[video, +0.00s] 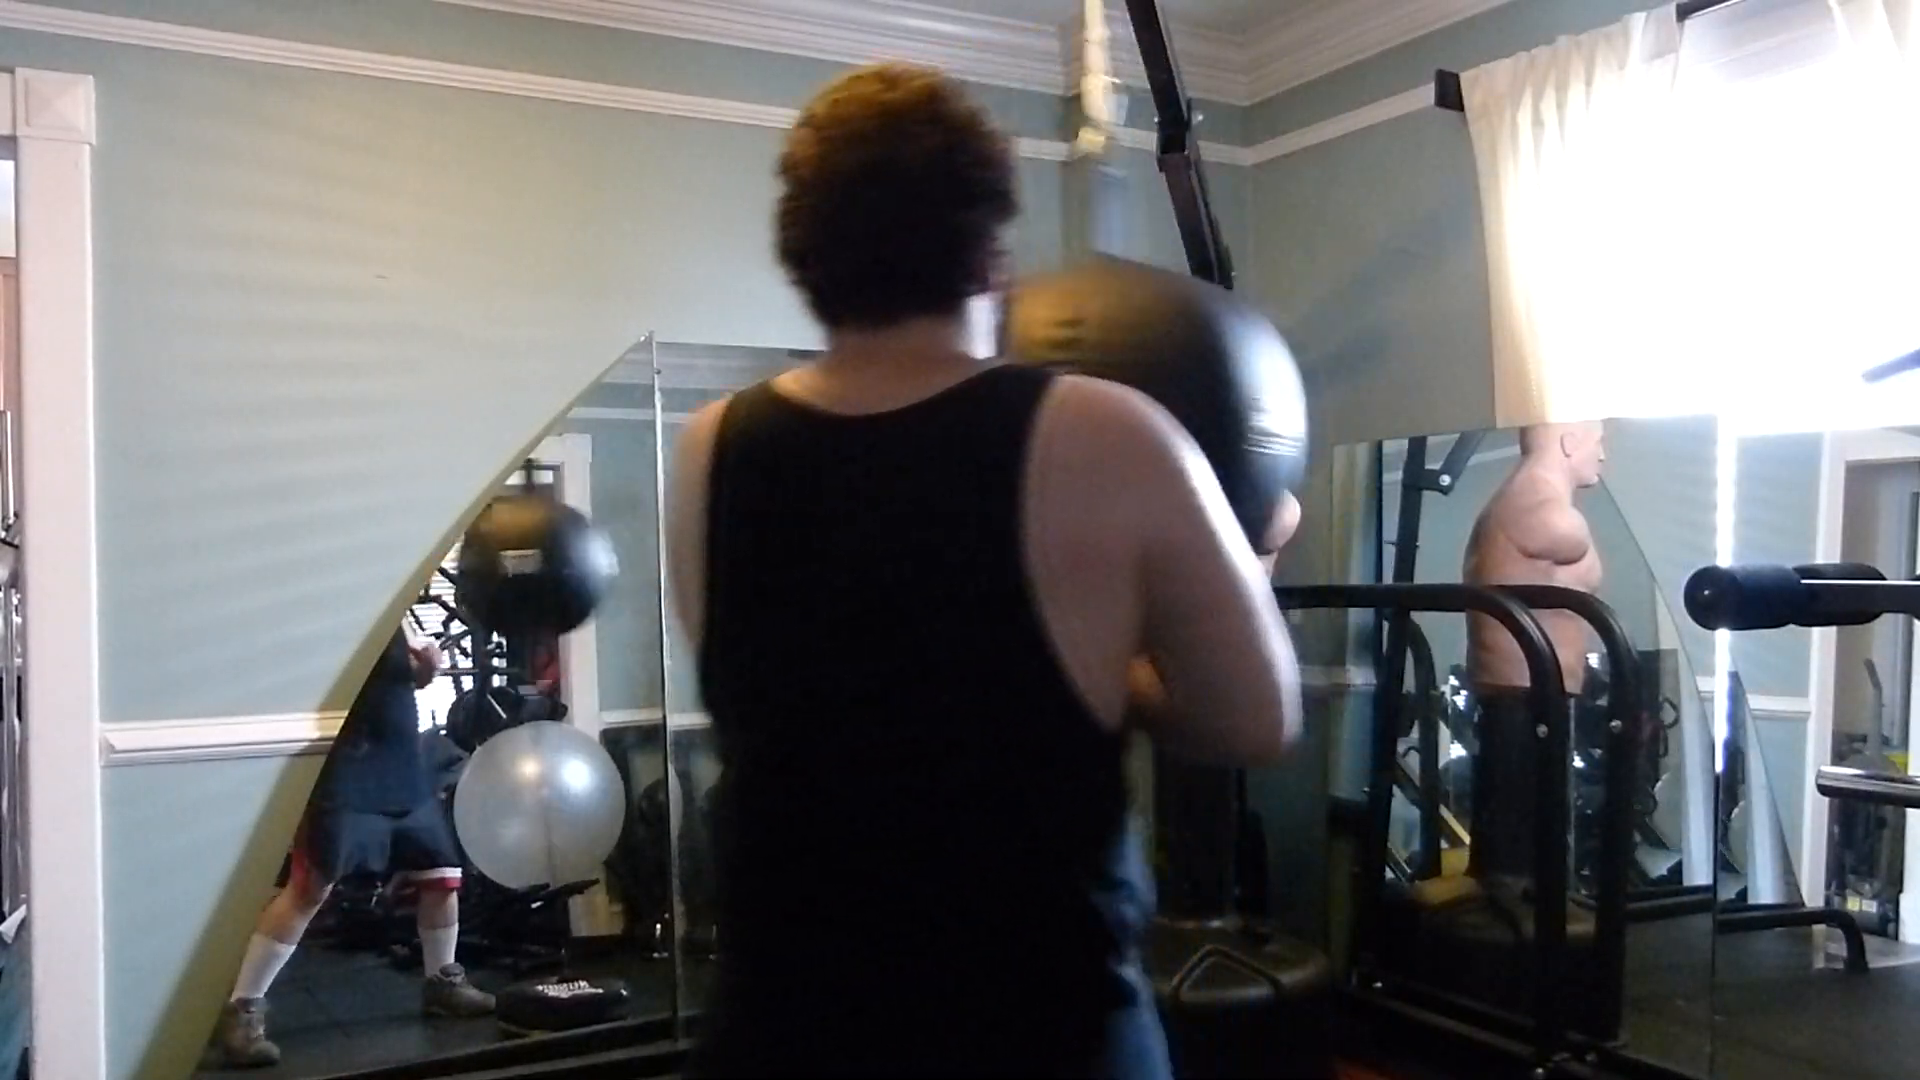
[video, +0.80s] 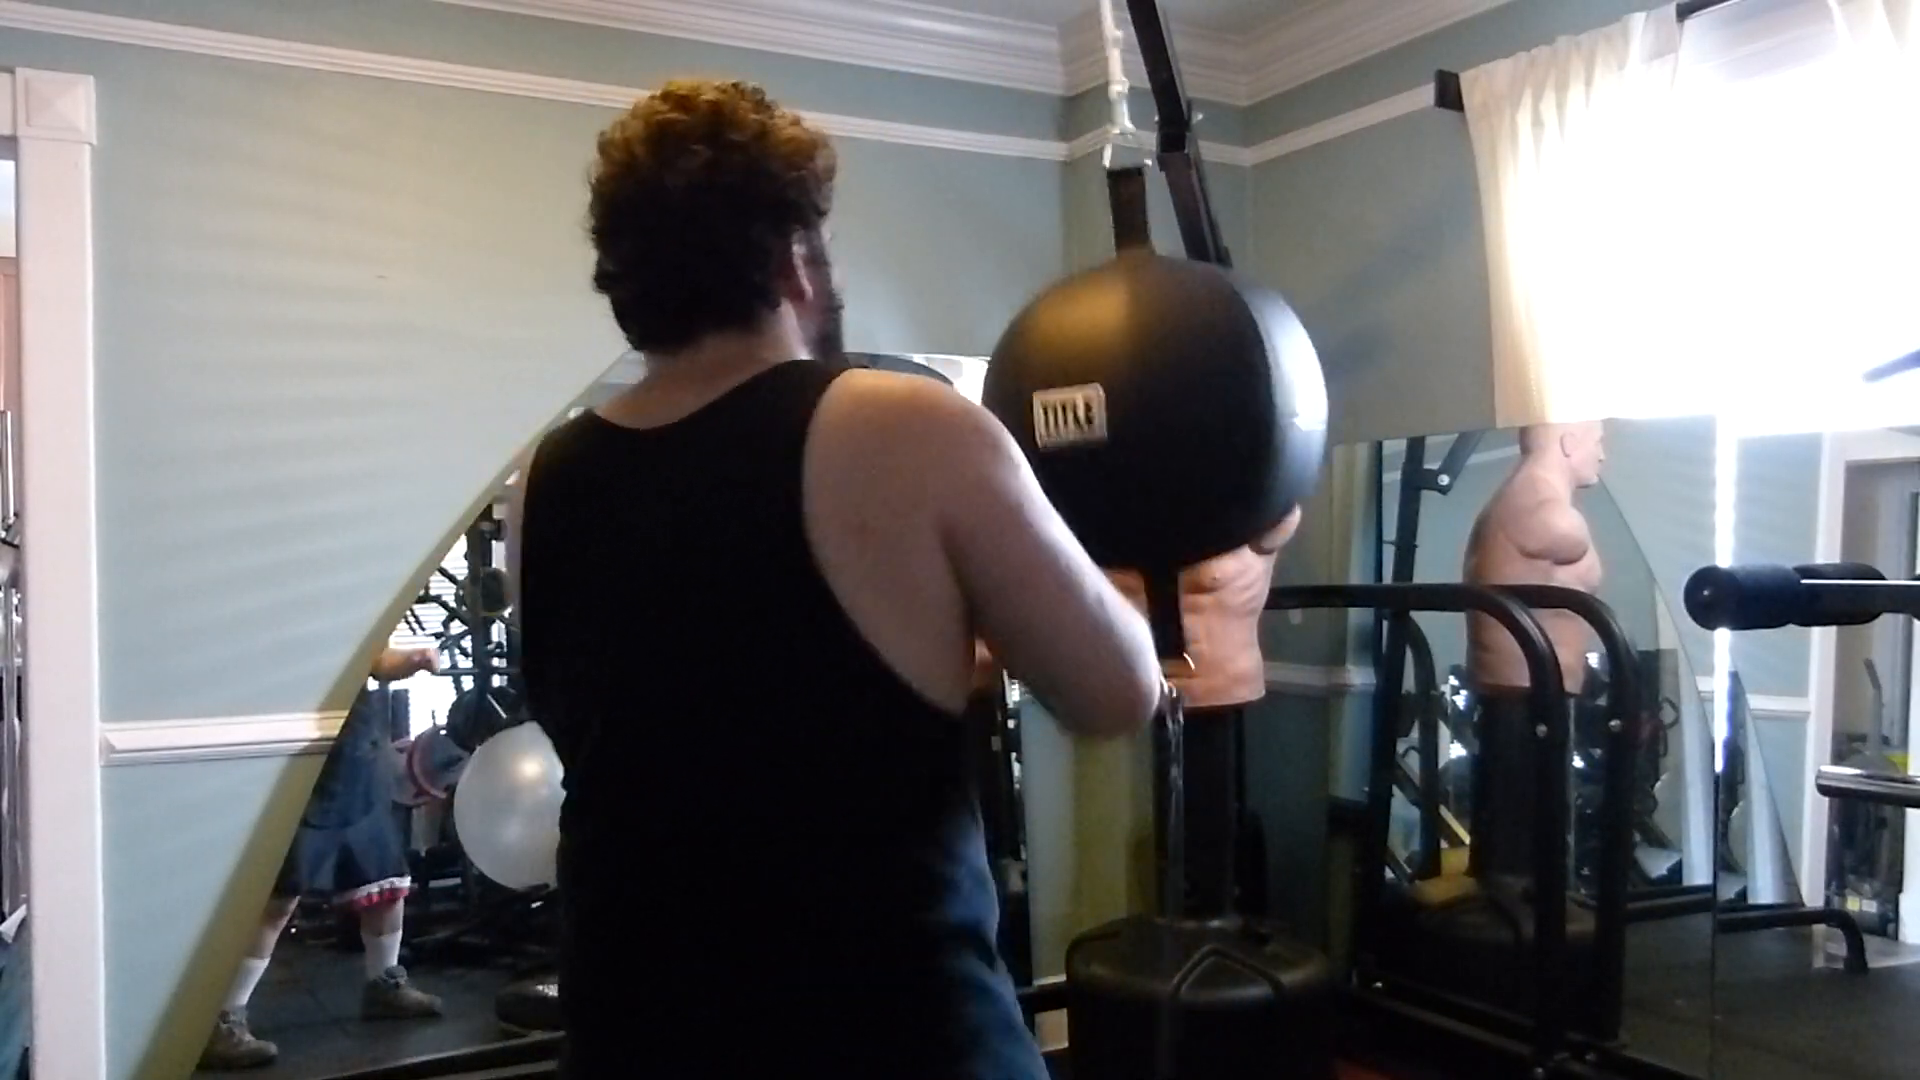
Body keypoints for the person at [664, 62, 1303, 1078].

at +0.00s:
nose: (1010, 253)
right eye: (1003, 226)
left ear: (797, 249)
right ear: (989, 248)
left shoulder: (711, 451)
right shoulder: (1113, 441)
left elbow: (719, 664)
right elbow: (1257, 722)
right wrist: (1095, 658)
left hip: (787, 998)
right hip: (1044, 1005)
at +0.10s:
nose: (892, 272)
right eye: (885, 247)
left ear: (680, 287)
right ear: (866, 273)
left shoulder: (593, 498)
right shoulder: (994, 455)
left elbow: (625, 732)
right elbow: (1141, 742)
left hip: (693, 1022)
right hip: (950, 1020)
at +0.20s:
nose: (797, 290)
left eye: (792, 265)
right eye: (789, 266)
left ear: (585, 304)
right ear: (758, 280)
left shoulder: (505, 517)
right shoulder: (890, 448)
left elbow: (556, 761)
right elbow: (1054, 733)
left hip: (624, 1025)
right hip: (882, 1021)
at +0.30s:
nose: (745, 292)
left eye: (745, 266)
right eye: (740, 266)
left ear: (533, 297)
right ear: (695, 275)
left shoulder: (459, 501)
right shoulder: (819, 429)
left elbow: (510, 751)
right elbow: (1001, 713)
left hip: (577, 1021)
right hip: (835, 1017)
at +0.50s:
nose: (735, 283)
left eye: (730, 254)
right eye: (726, 256)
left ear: (529, 291)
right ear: (687, 266)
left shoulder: (450, 495)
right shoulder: (799, 408)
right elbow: (1062, 592)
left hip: (582, 986)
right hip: (833, 981)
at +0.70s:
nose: (793, 275)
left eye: (787, 247)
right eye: (785, 248)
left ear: (585, 283)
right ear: (760, 261)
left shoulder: (503, 485)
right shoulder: (901, 403)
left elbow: (526, 679)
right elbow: (1114, 584)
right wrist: (983, 466)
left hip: (634, 998)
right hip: (899, 990)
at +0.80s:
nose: (831, 275)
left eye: (826, 245)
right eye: (823, 246)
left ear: (622, 278)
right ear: (795, 262)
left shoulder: (549, 479)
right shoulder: (919, 431)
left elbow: (577, 716)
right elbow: (1118, 694)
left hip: (635, 1010)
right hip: (897, 1008)